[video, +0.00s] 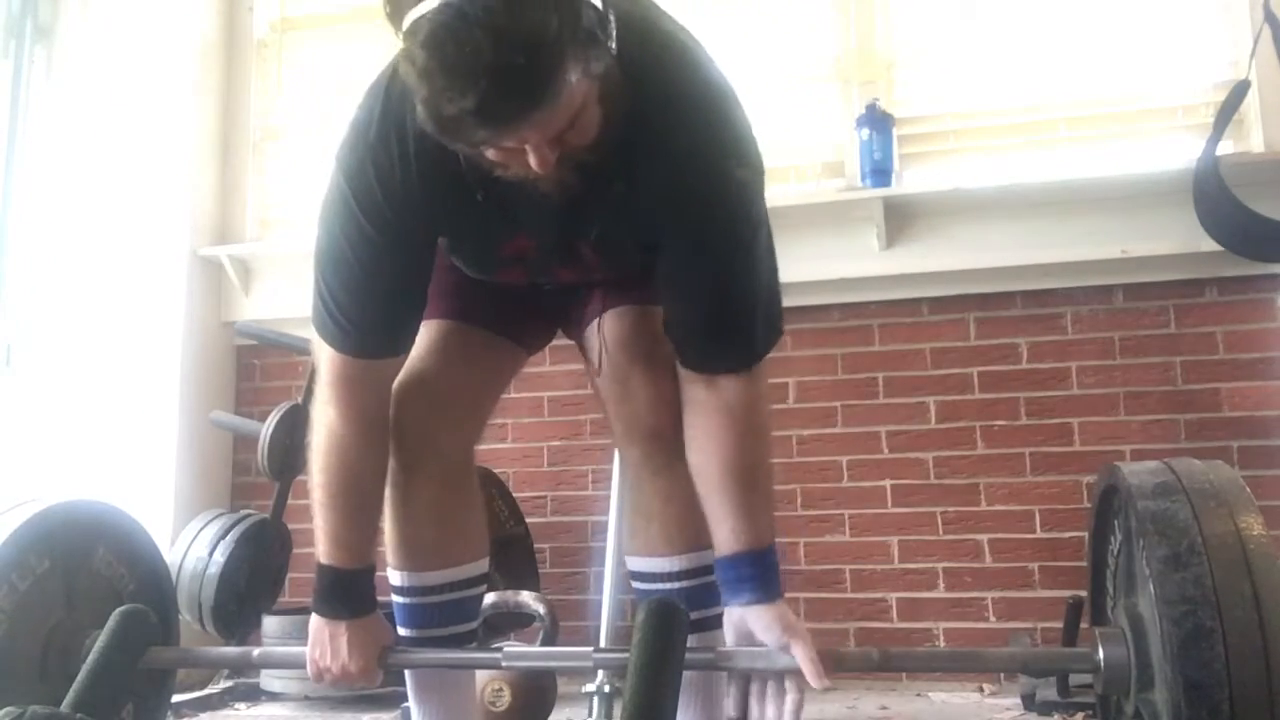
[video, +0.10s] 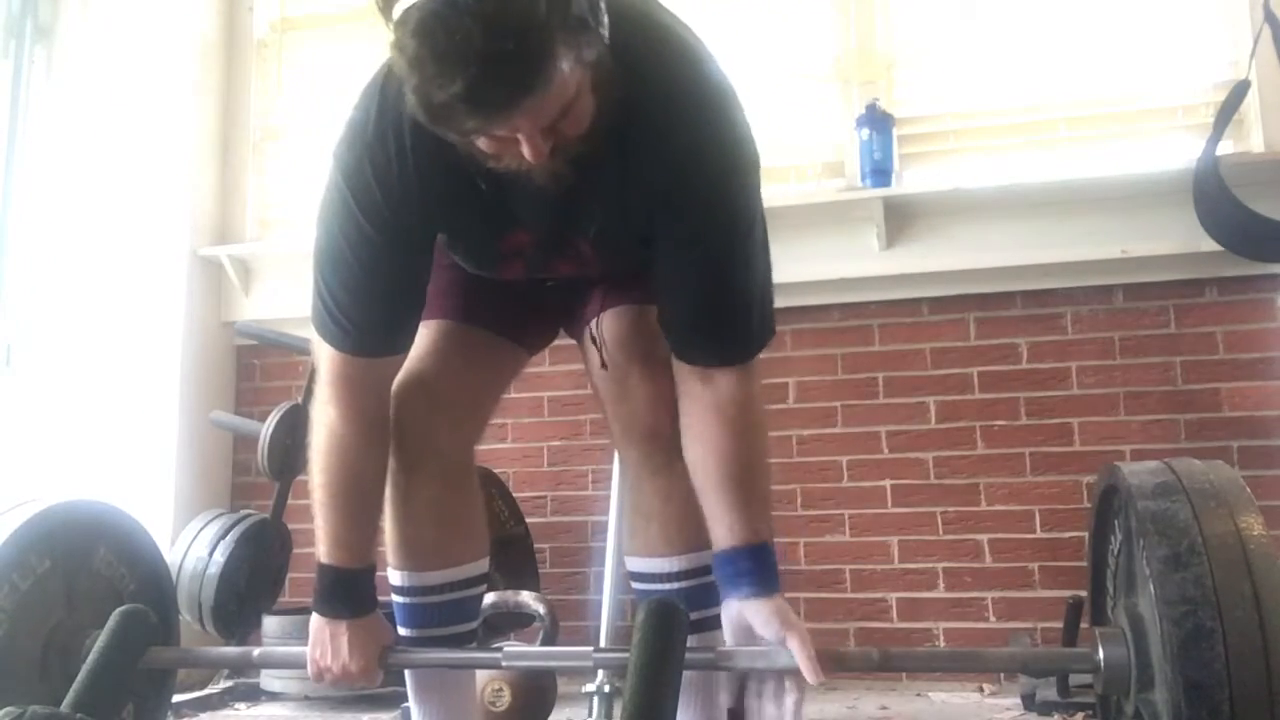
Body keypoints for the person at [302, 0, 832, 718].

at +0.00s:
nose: (543, 165)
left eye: (566, 128)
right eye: (506, 148)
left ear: (599, 58)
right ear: (450, 122)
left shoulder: (688, 112)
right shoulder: (394, 135)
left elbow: (721, 371)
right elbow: (352, 375)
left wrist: (754, 590)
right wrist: (342, 596)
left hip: (634, 257)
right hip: (487, 259)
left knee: (654, 421)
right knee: (418, 425)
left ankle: (696, 696)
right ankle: (441, 702)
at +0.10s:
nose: (536, 154)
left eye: (559, 117)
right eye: (499, 140)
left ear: (588, 48)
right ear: (443, 113)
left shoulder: (683, 103)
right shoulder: (390, 136)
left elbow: (714, 369)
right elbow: (351, 379)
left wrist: (752, 582)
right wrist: (343, 595)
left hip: (634, 248)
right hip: (489, 254)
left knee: (655, 423)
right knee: (419, 421)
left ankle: (695, 695)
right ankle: (442, 700)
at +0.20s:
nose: (528, 151)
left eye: (548, 114)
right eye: (490, 138)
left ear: (578, 44)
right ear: (437, 111)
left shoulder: (677, 95)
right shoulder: (388, 132)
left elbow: (720, 351)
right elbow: (349, 376)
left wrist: (758, 567)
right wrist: (343, 595)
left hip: (637, 251)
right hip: (488, 257)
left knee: (656, 421)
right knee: (419, 420)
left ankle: (696, 700)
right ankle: (442, 702)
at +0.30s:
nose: (529, 153)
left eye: (549, 116)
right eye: (491, 140)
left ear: (580, 48)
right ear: (435, 111)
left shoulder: (675, 94)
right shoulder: (388, 129)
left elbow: (716, 361)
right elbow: (349, 375)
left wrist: (755, 579)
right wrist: (343, 596)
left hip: (633, 251)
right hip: (486, 256)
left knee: (654, 421)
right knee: (419, 420)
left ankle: (692, 699)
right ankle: (442, 703)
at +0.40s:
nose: (531, 154)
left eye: (552, 117)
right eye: (492, 140)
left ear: (582, 46)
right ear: (436, 110)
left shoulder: (682, 104)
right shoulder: (386, 132)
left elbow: (711, 371)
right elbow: (350, 375)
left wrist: (750, 591)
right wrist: (343, 596)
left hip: (631, 250)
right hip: (486, 255)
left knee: (650, 422)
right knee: (418, 424)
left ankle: (695, 698)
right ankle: (441, 702)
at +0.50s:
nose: (531, 153)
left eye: (552, 117)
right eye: (492, 140)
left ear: (583, 48)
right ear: (436, 113)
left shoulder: (681, 107)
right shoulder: (384, 133)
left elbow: (709, 373)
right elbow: (349, 376)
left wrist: (748, 593)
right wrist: (343, 596)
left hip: (629, 245)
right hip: (484, 251)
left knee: (646, 423)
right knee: (416, 423)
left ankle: (694, 698)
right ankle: (441, 702)